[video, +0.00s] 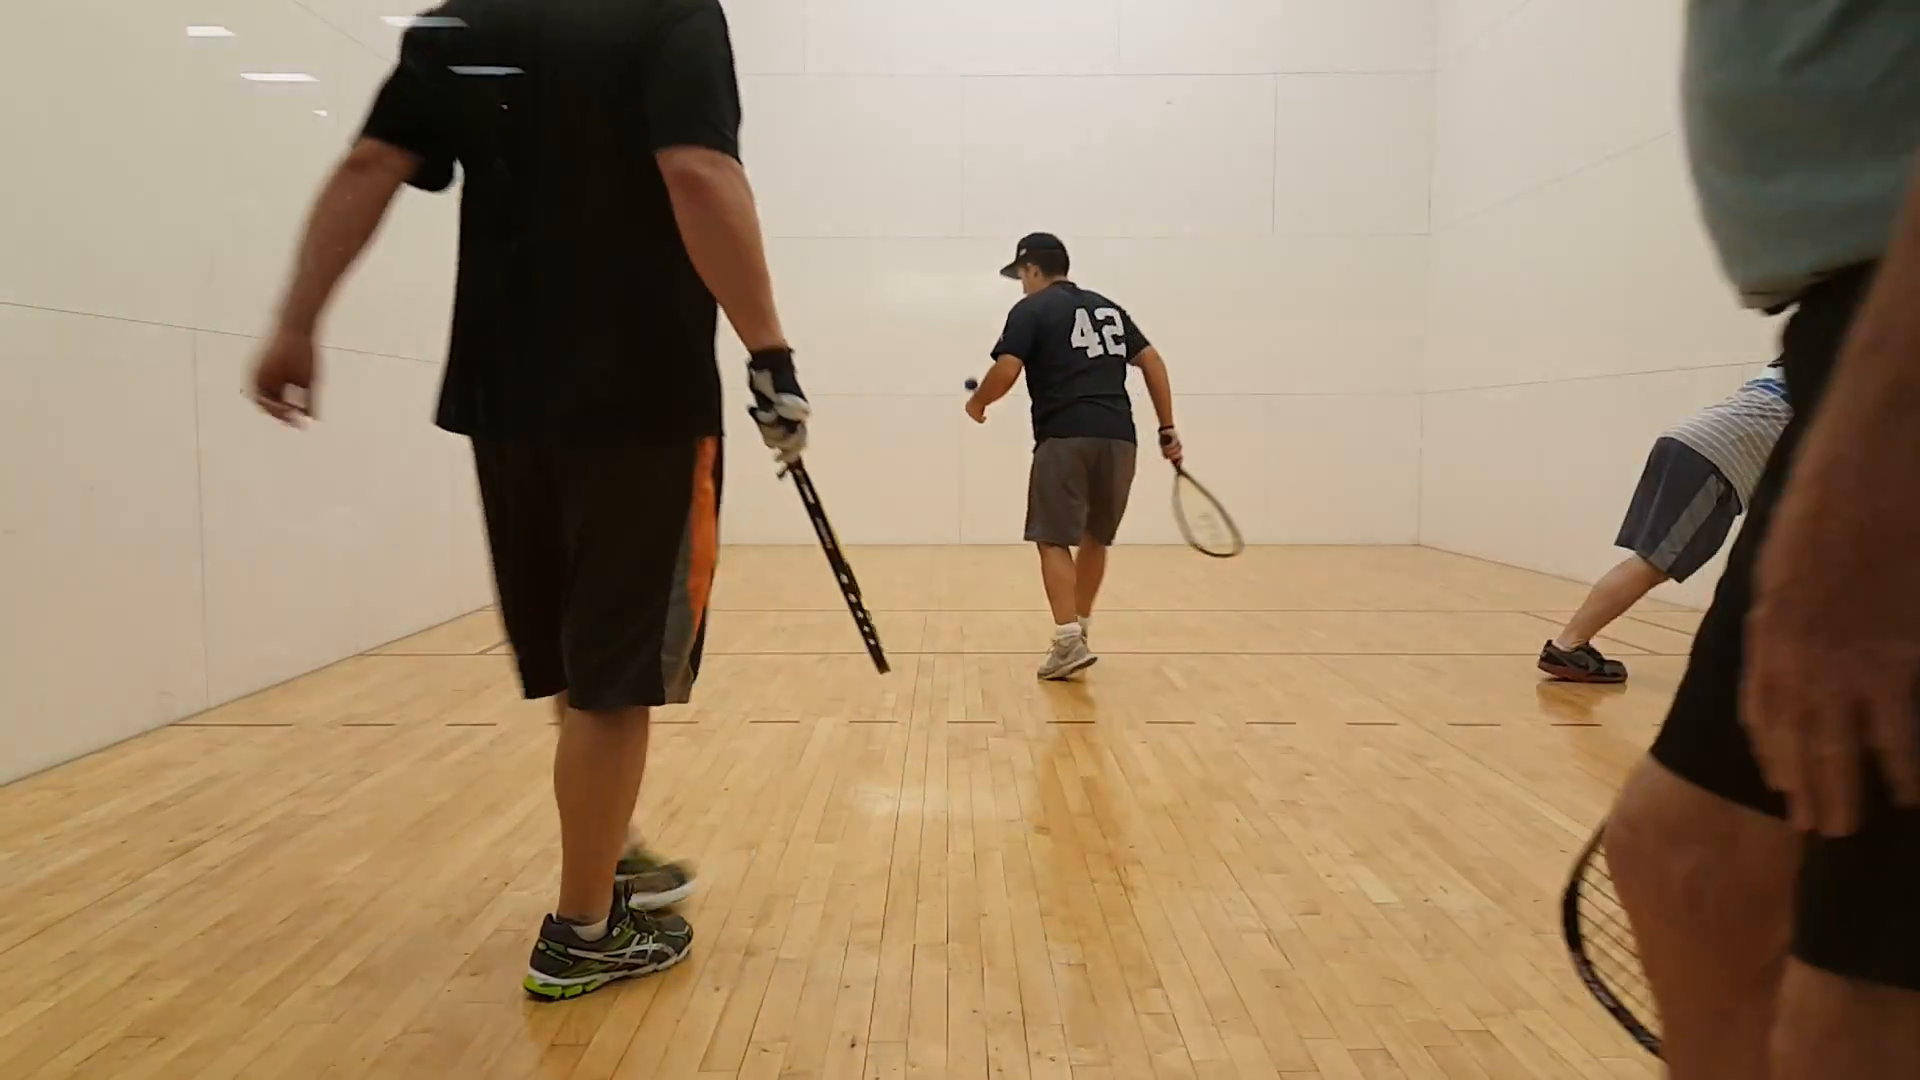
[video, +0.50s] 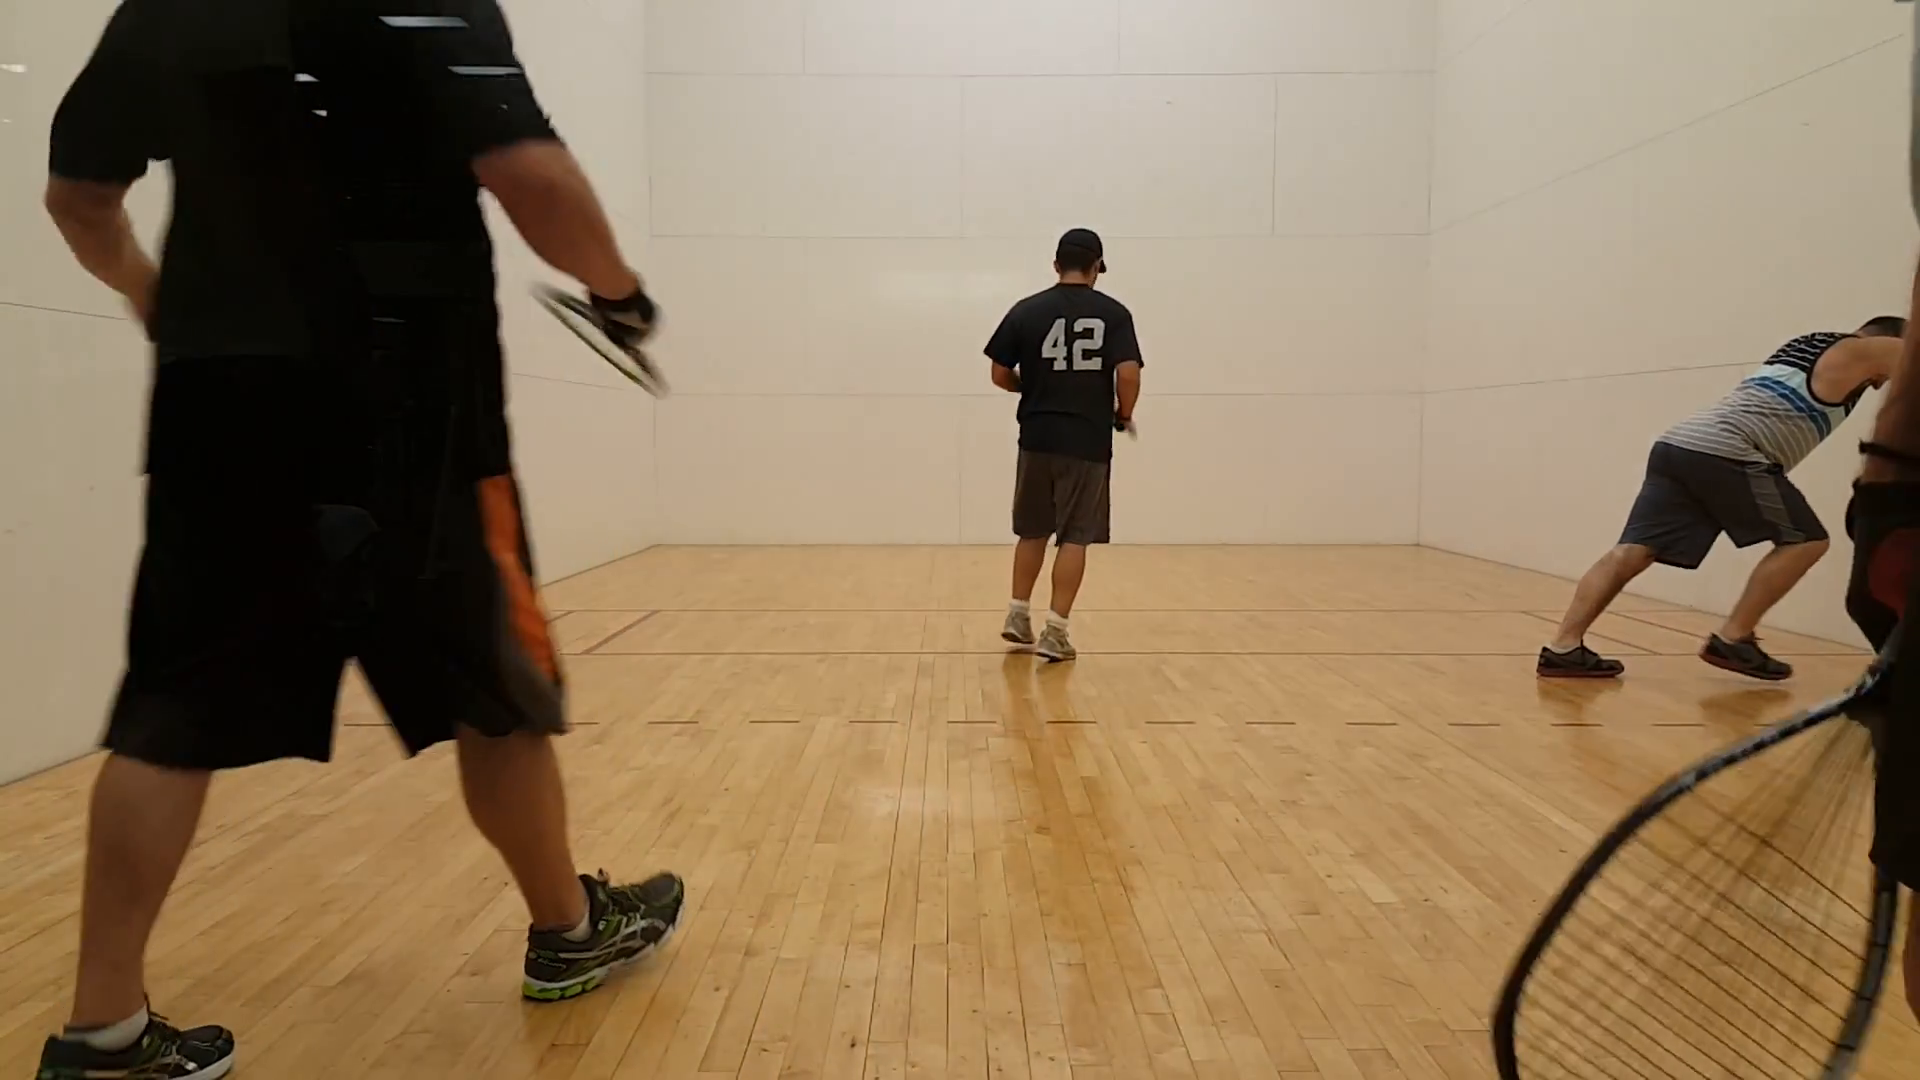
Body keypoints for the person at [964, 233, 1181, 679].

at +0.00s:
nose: (1020, 284)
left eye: (1020, 274)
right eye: (1018, 275)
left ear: (1033, 269)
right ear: (1063, 269)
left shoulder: (1031, 309)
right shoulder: (1105, 306)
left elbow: (1006, 370)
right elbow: (1151, 360)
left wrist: (979, 400)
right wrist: (1167, 426)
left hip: (1066, 438)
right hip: (1121, 440)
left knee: (1052, 539)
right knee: (1096, 538)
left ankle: (1068, 638)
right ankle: (1078, 631)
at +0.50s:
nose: (1095, 273)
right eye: (1099, 267)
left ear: (1055, 265)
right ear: (1097, 268)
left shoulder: (1026, 310)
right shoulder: (1114, 313)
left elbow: (1000, 374)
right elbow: (1129, 372)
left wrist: (1033, 385)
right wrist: (1124, 414)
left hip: (1036, 443)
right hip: (1087, 447)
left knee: (1033, 530)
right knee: (1075, 536)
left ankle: (1017, 615)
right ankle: (1055, 629)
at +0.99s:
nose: (1106, 287)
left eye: (1108, 279)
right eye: (1104, 278)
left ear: (1071, 273)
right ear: (1082, 272)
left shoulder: (1043, 313)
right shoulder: (1076, 313)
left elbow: (1064, 377)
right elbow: (1068, 364)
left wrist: (1122, 386)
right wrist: (1107, 399)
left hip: (1044, 445)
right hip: (1081, 444)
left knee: (1049, 527)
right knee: (1118, 520)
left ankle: (1038, 620)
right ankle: (1079, 602)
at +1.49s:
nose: (1184, 300)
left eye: (1187, 292)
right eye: (1184, 290)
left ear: (1158, 280)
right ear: (1165, 280)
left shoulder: (1118, 312)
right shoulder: (1147, 324)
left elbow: (1107, 377)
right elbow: (1132, 380)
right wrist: (1164, 436)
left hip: (1099, 448)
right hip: (1133, 452)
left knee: (1089, 527)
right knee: (1148, 534)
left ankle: (1048, 604)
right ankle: (1154, 620)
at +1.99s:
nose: (1248, 296)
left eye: (1250, 287)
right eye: (1246, 286)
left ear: (1216, 279)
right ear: (1226, 279)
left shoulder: (1170, 317)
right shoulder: (1227, 326)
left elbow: (1144, 378)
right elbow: (1260, 383)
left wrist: (1163, 421)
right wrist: (1305, 416)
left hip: (1170, 443)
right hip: (1199, 448)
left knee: (1201, 530)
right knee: (1180, 532)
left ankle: (1217, 611)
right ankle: (1157, 620)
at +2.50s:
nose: (1295, 289)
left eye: (1296, 281)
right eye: (1292, 279)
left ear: (1267, 276)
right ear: (1270, 274)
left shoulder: (1256, 317)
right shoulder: (1246, 314)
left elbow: (1267, 375)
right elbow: (1219, 369)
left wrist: (1312, 356)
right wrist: (1218, 430)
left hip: (1240, 441)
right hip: (1251, 443)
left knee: (1233, 527)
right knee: (1270, 524)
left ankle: (1225, 614)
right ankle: (1274, 615)